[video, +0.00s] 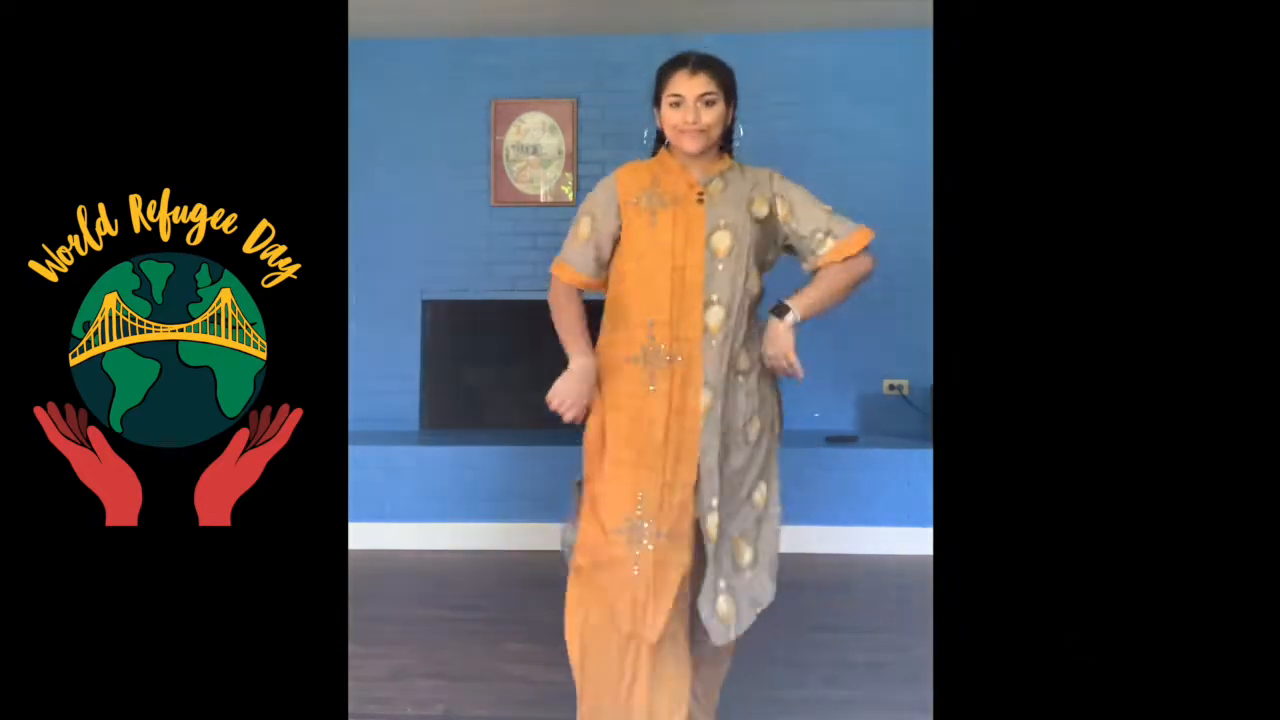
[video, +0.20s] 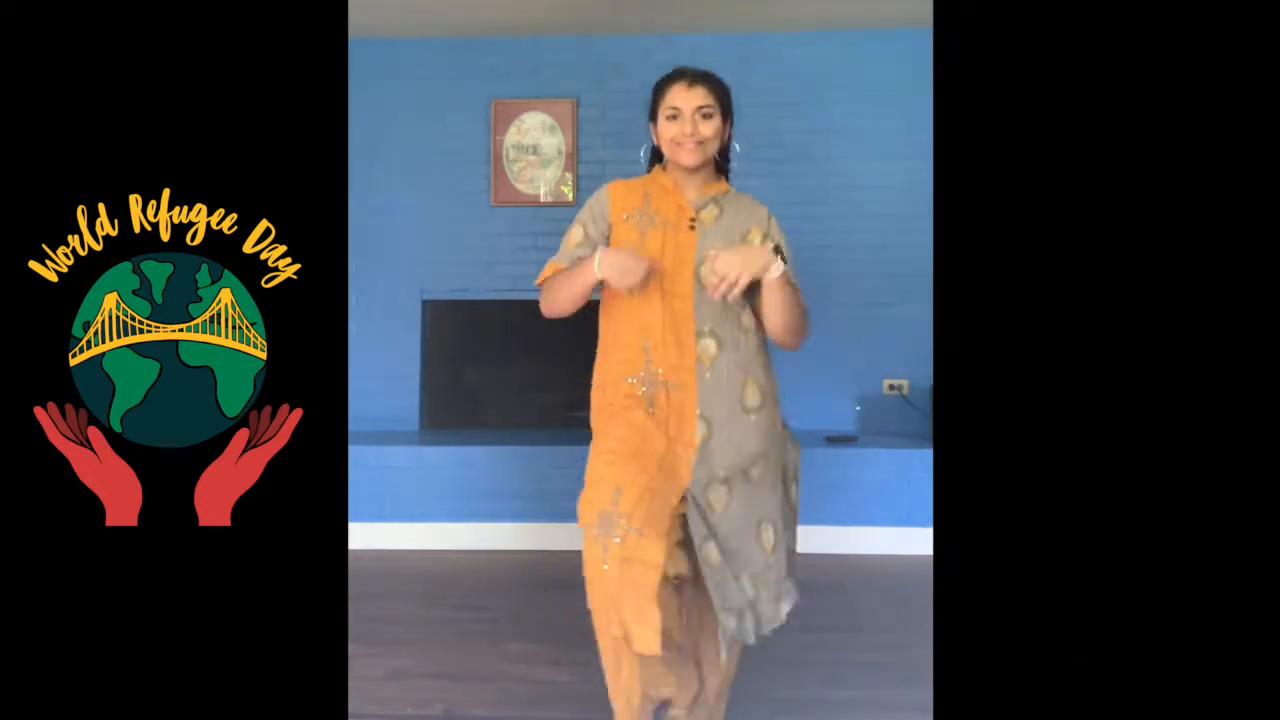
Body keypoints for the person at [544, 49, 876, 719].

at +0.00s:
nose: (691, 114)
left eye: (706, 102)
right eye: (677, 103)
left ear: (728, 112)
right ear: (658, 114)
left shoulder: (762, 190)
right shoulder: (622, 190)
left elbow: (855, 256)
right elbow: (565, 285)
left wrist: (788, 315)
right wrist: (582, 363)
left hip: (728, 418)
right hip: (635, 416)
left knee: (719, 593)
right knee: (632, 587)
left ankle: (695, 710)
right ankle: (629, 709)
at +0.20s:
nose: (689, 127)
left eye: (704, 115)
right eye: (674, 116)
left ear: (725, 127)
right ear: (654, 129)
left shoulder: (752, 219)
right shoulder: (614, 204)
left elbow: (788, 334)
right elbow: (551, 301)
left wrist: (768, 266)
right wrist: (596, 265)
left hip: (730, 432)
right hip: (634, 433)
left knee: (721, 593)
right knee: (627, 583)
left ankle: (701, 708)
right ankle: (642, 707)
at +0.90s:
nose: (683, 115)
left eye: (701, 99)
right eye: (666, 100)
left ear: (726, 113)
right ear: (649, 114)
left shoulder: (754, 213)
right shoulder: (605, 191)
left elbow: (770, 336)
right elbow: (553, 310)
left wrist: (801, 447)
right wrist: (550, 432)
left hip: (724, 454)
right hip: (615, 449)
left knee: (722, 642)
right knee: (597, 630)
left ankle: (697, 714)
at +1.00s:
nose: (684, 92)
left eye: (701, 77)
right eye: (667, 77)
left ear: (725, 91)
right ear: (648, 92)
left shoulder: (758, 190)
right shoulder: (603, 173)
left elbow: (782, 320)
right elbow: (545, 287)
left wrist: (806, 438)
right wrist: (543, 408)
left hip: (724, 441)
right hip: (617, 438)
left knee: (726, 628)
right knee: (623, 631)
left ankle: (715, 713)